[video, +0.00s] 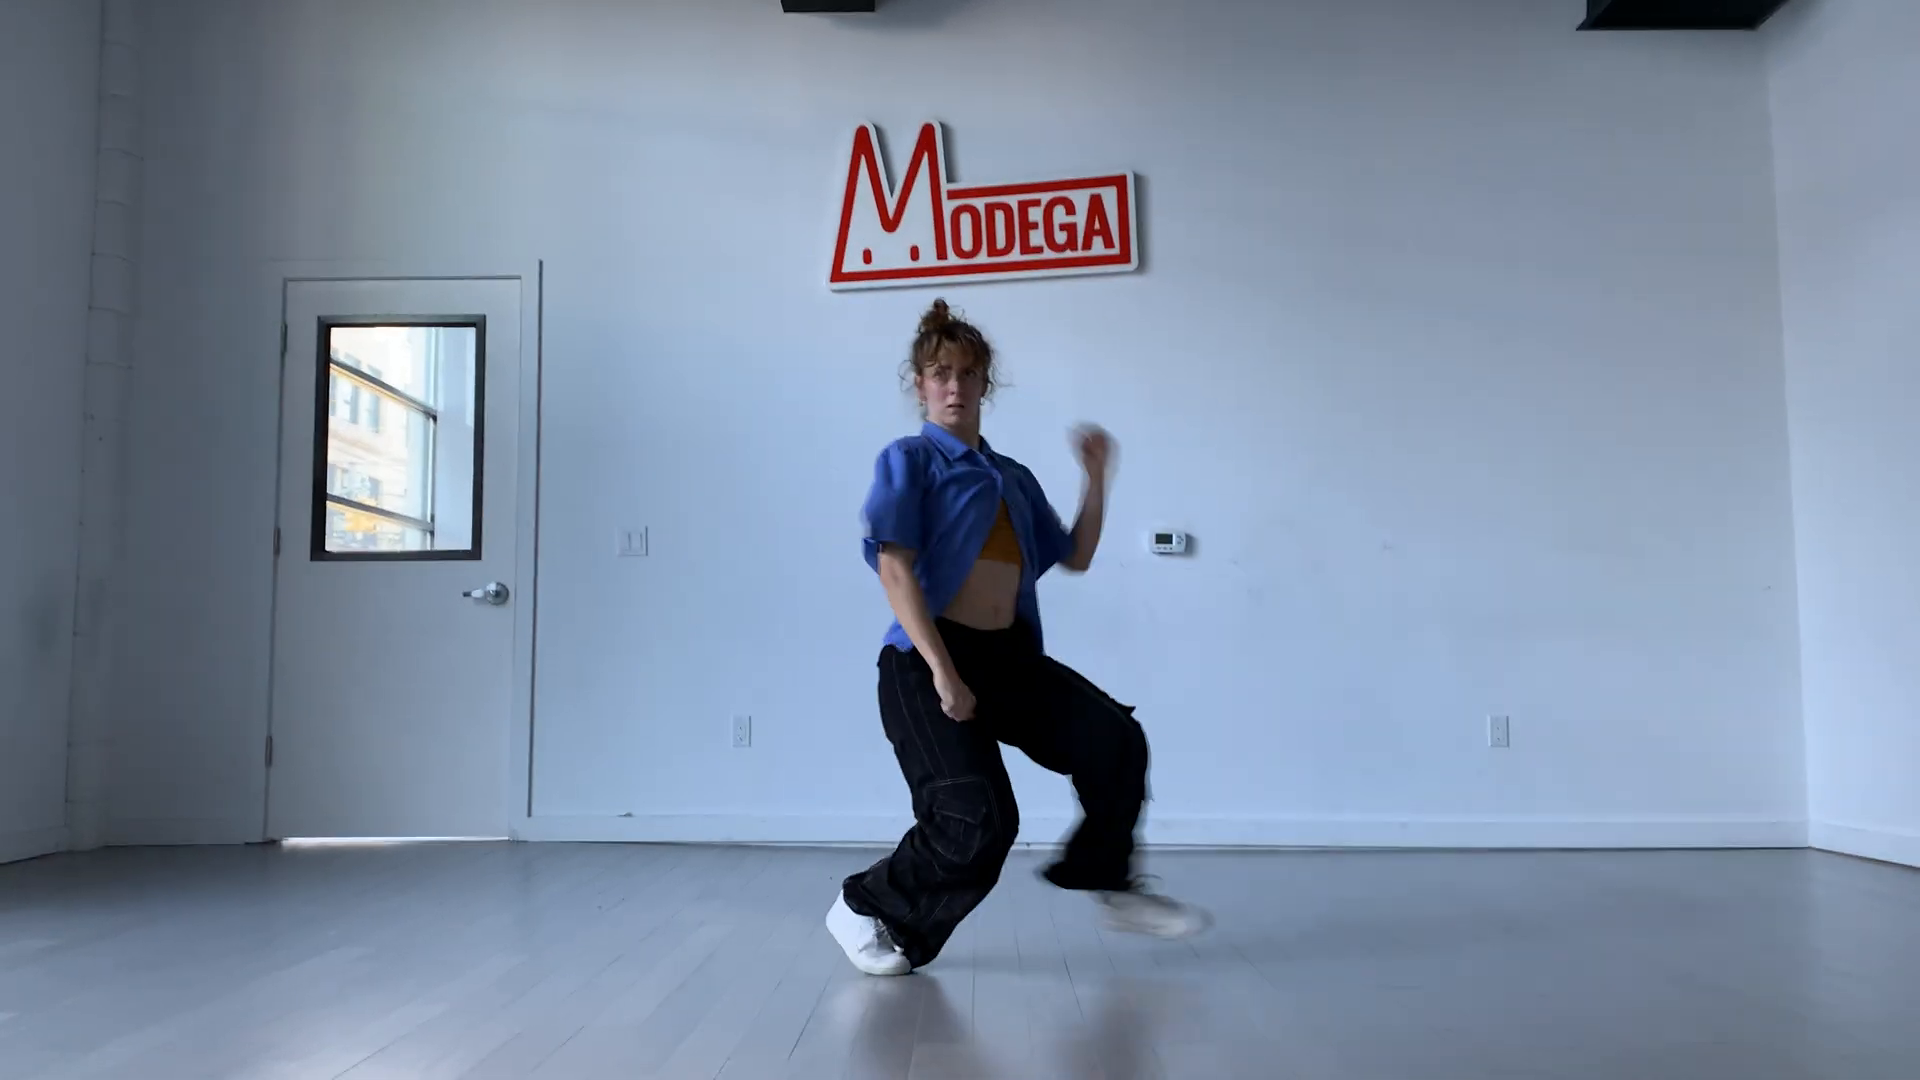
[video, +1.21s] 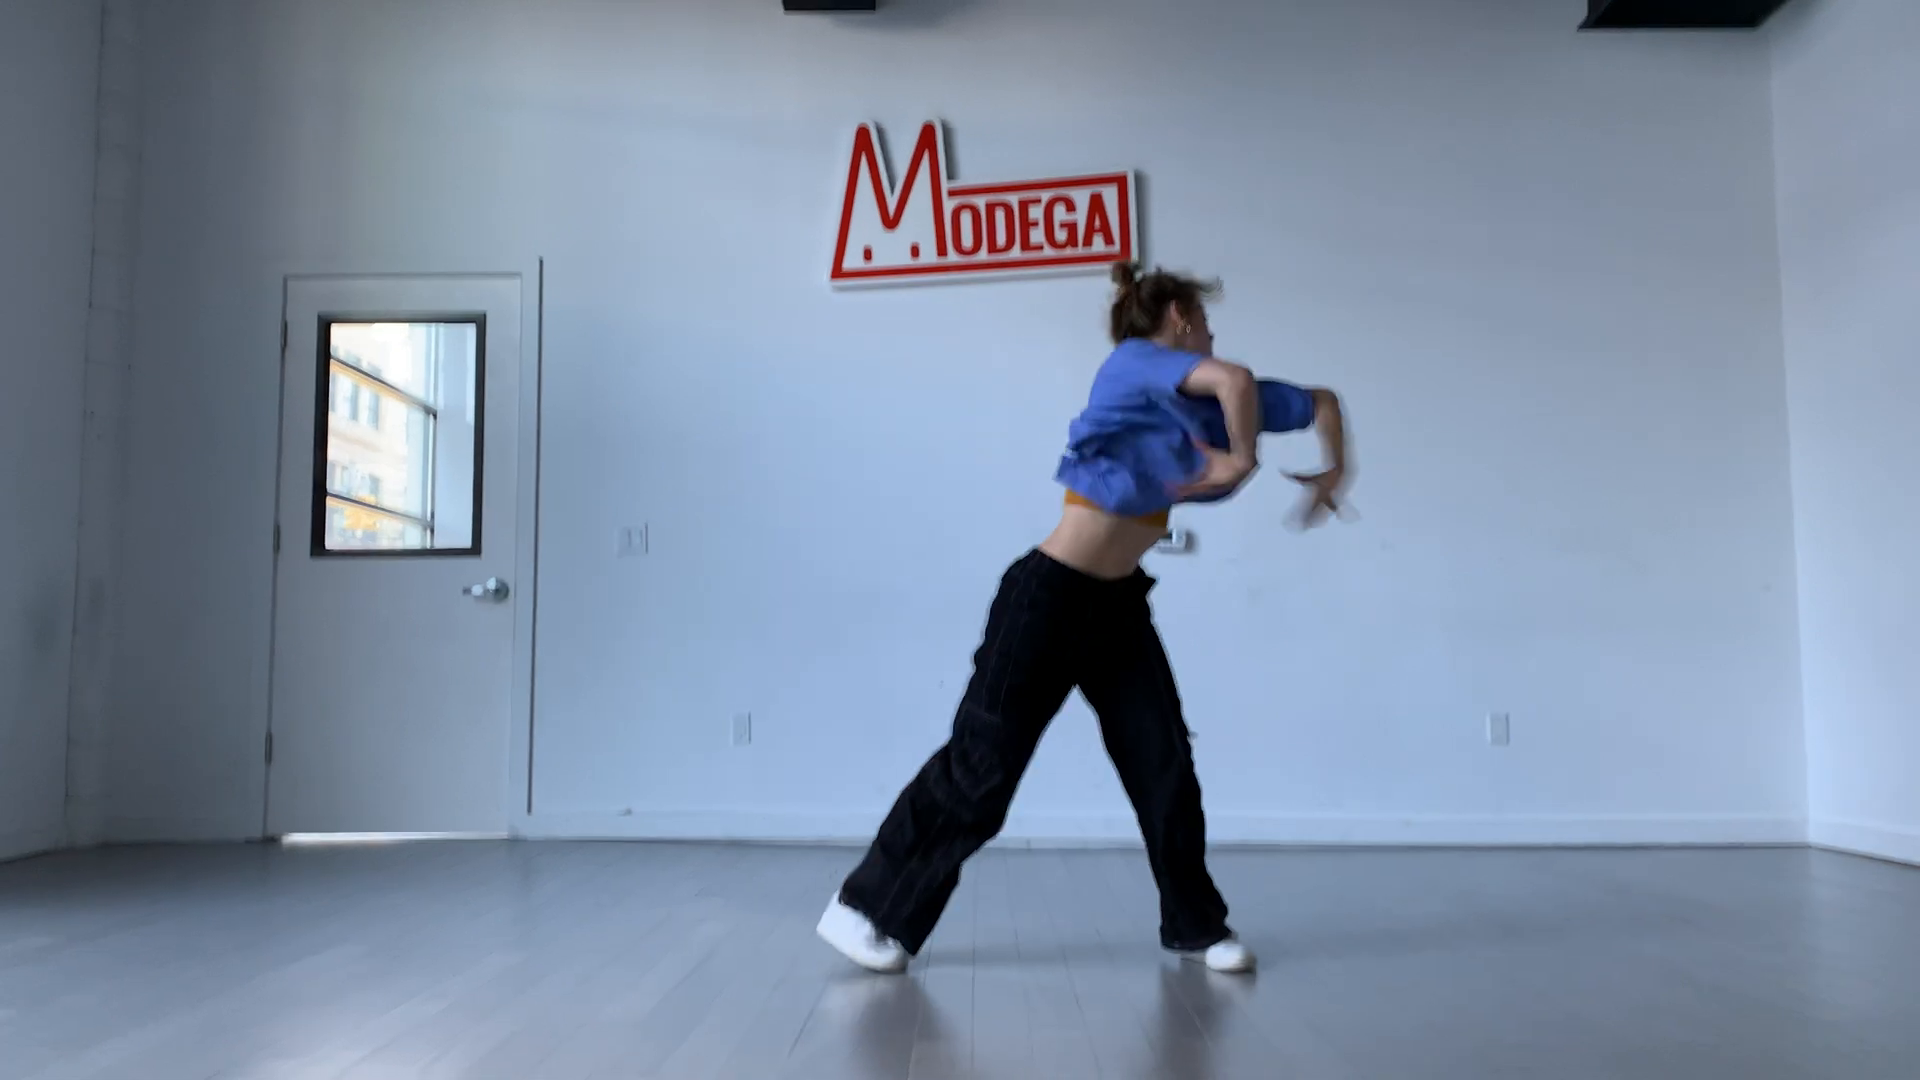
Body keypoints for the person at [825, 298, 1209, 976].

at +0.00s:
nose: (954, 386)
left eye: (966, 373)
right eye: (940, 374)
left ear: (984, 383)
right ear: (920, 385)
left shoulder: (1013, 477)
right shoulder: (908, 461)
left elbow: (1075, 555)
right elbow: (894, 572)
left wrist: (1096, 479)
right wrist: (944, 672)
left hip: (1008, 664)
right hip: (929, 667)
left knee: (1116, 744)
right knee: (978, 818)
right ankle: (868, 909)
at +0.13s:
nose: (969, 397)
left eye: (982, 383)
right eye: (953, 386)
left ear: (1000, 393)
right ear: (933, 401)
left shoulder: (1027, 486)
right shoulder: (932, 478)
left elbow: (1056, 589)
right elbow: (919, 595)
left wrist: (1129, 654)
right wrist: (959, 694)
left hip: (1040, 666)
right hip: (969, 675)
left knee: (1163, 765)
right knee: (989, 830)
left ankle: (1201, 927)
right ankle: (868, 908)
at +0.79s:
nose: (1021, 351)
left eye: (1008, 351)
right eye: (1005, 364)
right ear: (1013, 405)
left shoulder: (1103, 432)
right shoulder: (1047, 425)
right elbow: (994, 521)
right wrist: (1058, 606)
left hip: (1119, 646)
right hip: (1057, 645)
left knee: (1212, 759)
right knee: (997, 806)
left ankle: (1217, 923)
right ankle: (861, 910)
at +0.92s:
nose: (1095, 323)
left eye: (1082, 320)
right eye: (1078, 329)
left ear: (1093, 354)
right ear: (1074, 365)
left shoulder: (1140, 421)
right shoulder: (1091, 400)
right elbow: (1016, 447)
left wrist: (1151, 535)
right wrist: (1082, 520)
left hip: (1107, 631)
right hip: (1045, 625)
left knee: (1189, 758)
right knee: (983, 789)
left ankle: (1216, 925)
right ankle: (858, 918)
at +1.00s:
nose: (1159, 328)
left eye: (1150, 320)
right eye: (1143, 323)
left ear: (1132, 347)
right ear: (1119, 343)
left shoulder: (1157, 422)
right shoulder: (1118, 382)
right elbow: (1061, 394)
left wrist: (1152, 532)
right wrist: (1113, 466)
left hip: (1101, 622)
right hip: (1039, 611)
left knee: (1172, 765)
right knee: (977, 782)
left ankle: (1210, 927)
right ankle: (859, 921)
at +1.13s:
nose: (1192, 335)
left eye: (1191, 325)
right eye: (1182, 324)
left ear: (1154, 333)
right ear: (1155, 330)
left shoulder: (1168, 421)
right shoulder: (1131, 368)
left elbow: (1220, 472)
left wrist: (1238, 467)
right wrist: (1182, 441)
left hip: (1105, 618)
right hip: (1036, 606)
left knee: (1161, 780)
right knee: (967, 780)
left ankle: (1201, 930)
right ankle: (856, 920)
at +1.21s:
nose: (1207, 334)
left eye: (1206, 324)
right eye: (1201, 321)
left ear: (1176, 324)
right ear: (1173, 318)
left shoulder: (1206, 402)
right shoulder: (1130, 365)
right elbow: (1232, 381)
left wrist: (1336, 471)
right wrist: (1241, 459)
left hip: (1119, 607)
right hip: (1048, 598)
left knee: (1165, 772)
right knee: (978, 770)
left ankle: (1195, 927)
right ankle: (864, 909)